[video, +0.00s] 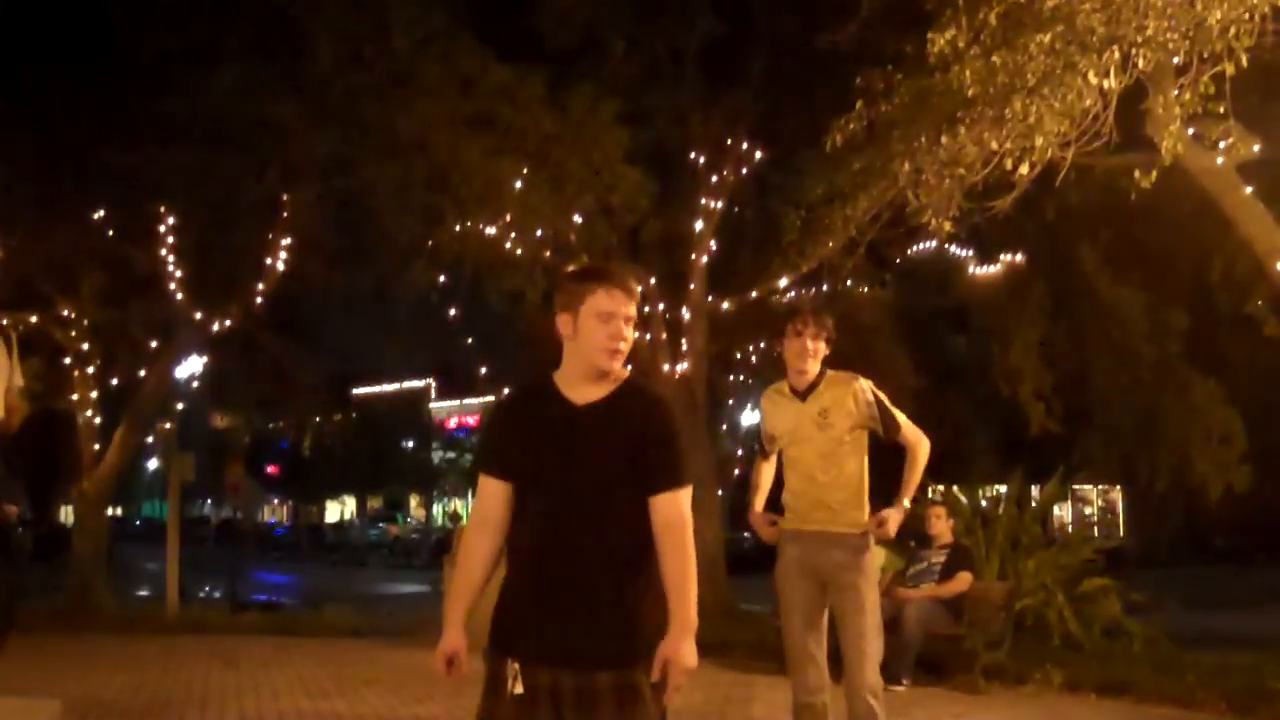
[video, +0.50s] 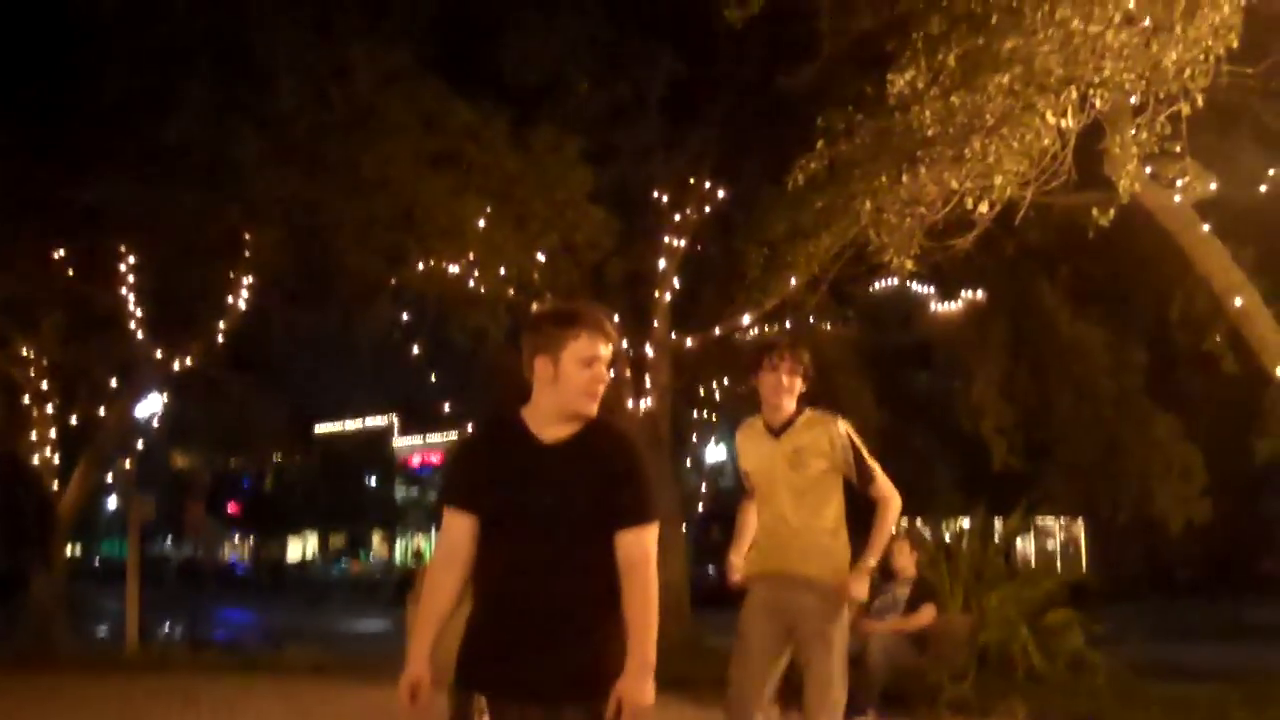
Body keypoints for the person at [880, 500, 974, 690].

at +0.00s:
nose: (932, 522)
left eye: (937, 517)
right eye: (929, 518)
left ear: (950, 523)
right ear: (924, 522)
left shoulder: (960, 551)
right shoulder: (918, 552)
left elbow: (962, 583)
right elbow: (898, 578)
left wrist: (916, 593)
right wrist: (897, 592)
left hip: (943, 609)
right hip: (909, 603)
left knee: (912, 609)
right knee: (876, 607)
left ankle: (902, 674)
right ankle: (867, 670)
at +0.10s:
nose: (931, 522)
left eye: (937, 517)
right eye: (928, 518)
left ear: (950, 522)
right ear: (924, 522)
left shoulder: (960, 551)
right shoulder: (917, 553)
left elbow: (962, 583)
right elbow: (895, 584)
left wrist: (919, 592)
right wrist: (906, 593)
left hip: (943, 606)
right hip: (909, 603)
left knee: (911, 610)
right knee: (874, 607)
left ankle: (902, 674)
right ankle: (864, 670)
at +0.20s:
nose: (931, 521)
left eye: (937, 517)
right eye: (928, 517)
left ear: (950, 522)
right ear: (924, 522)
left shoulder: (960, 550)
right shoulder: (917, 552)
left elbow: (962, 583)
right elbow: (895, 582)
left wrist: (919, 592)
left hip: (943, 606)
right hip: (910, 603)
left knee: (911, 610)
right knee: (872, 606)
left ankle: (902, 674)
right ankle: (862, 669)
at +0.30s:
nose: (927, 529)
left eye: (933, 523)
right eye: (924, 523)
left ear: (946, 526)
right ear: (919, 527)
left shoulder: (955, 557)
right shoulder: (913, 554)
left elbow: (957, 588)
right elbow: (896, 579)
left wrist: (911, 598)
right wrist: (886, 590)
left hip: (937, 613)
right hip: (903, 607)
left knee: (907, 614)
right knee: (864, 612)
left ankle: (898, 679)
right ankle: (859, 674)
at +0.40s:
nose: (899, 537)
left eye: (905, 531)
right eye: (897, 532)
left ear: (918, 535)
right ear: (891, 536)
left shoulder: (928, 567)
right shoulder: (885, 567)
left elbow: (929, 598)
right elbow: (865, 597)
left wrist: (883, 608)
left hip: (911, 626)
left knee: (881, 622)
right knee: (841, 620)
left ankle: (872, 688)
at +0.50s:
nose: (896, 559)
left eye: (901, 552)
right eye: (893, 553)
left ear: (915, 555)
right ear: (888, 557)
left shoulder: (924, 586)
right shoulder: (879, 586)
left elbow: (924, 618)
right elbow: (860, 620)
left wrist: (877, 627)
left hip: (908, 649)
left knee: (877, 639)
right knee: (840, 637)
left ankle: (871, 706)